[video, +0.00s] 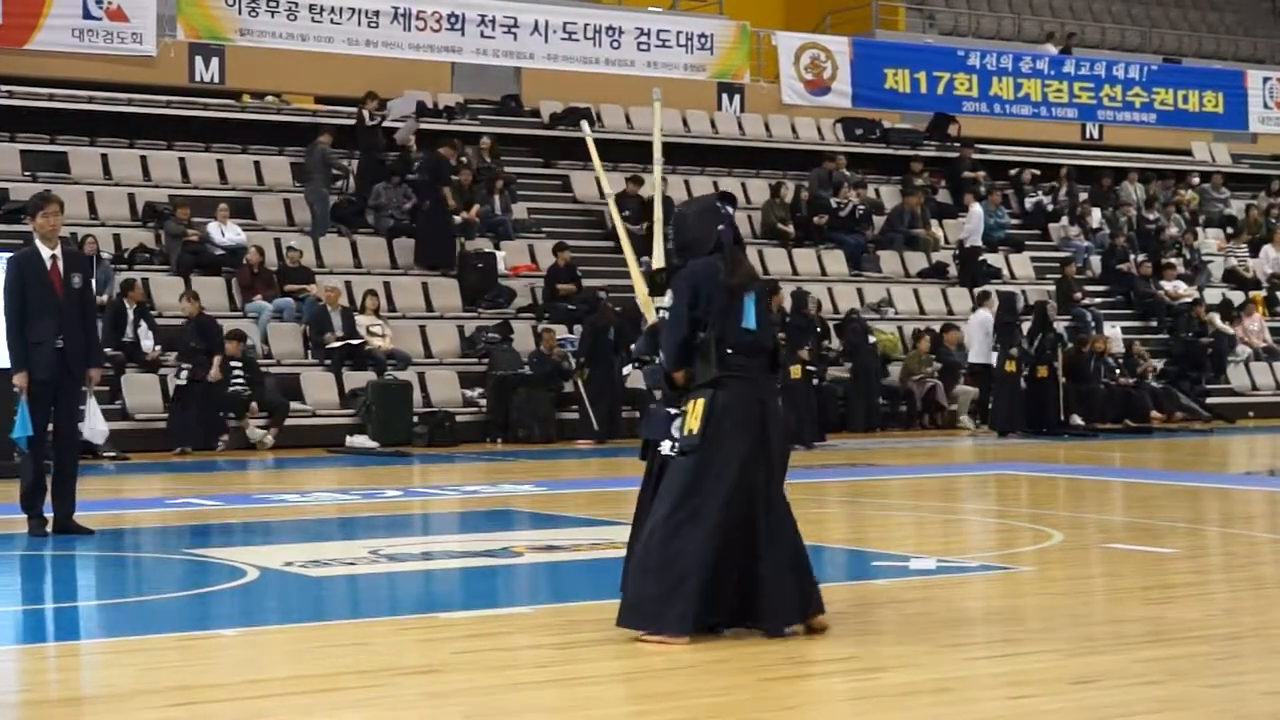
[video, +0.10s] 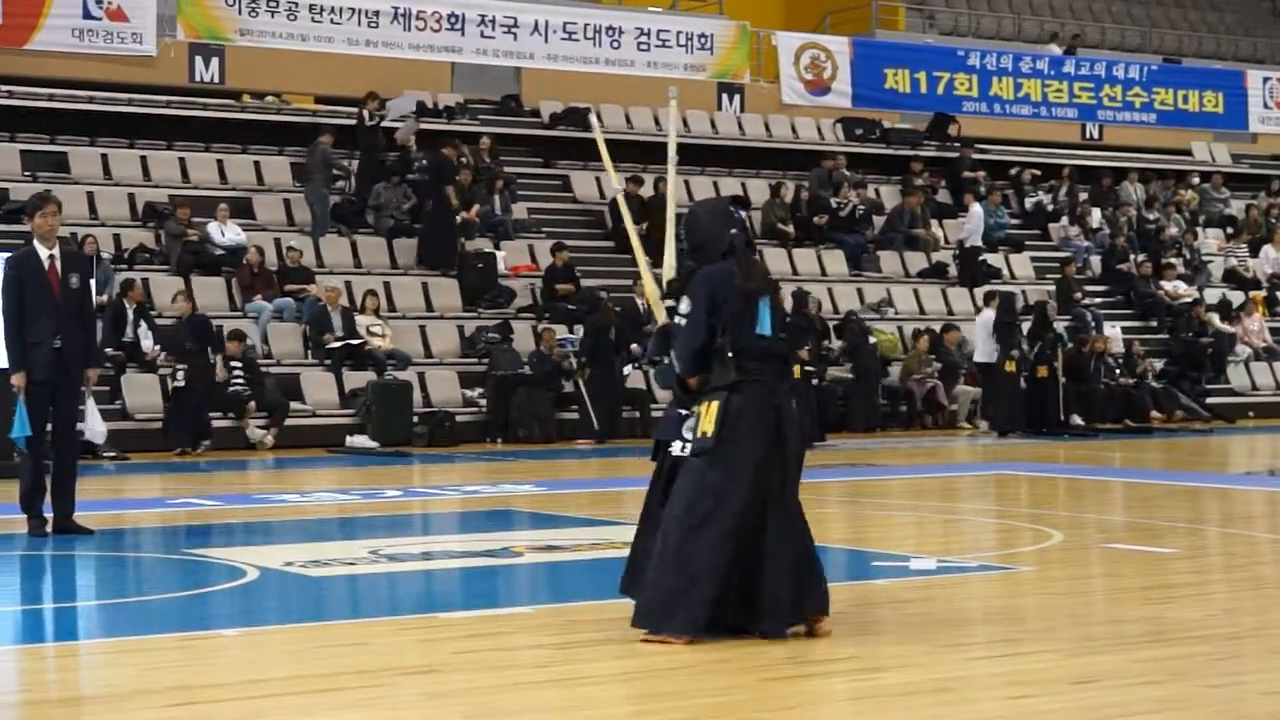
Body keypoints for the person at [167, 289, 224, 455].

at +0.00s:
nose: (182, 309)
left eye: (184, 305)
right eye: (181, 306)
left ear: (194, 303)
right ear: (187, 304)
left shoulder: (207, 321)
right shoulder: (189, 324)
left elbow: (218, 345)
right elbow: (186, 347)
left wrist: (215, 367)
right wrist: (177, 359)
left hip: (206, 369)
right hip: (189, 368)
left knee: (204, 401)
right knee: (181, 403)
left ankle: (221, 433)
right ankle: (184, 442)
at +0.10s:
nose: (177, 306)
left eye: (180, 302)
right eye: (175, 303)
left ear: (189, 303)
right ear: (175, 305)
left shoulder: (202, 321)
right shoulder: (179, 324)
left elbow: (215, 344)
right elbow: (175, 347)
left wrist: (219, 365)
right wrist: (166, 356)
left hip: (200, 365)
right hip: (183, 366)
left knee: (197, 401)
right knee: (181, 401)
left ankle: (205, 437)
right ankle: (184, 442)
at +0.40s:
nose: (166, 307)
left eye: (169, 304)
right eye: (163, 304)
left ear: (175, 306)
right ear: (159, 308)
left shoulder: (187, 324)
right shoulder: (158, 329)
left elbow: (202, 343)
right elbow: (150, 350)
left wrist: (214, 363)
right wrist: (144, 366)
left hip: (186, 371)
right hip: (166, 372)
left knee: (182, 408)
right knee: (166, 407)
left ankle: (179, 443)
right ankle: (167, 444)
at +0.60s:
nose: (159, 304)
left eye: (162, 300)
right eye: (156, 301)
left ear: (169, 303)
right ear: (152, 304)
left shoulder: (181, 322)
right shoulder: (150, 325)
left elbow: (195, 348)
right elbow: (144, 351)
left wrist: (201, 368)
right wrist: (138, 373)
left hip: (178, 370)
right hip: (156, 370)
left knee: (176, 407)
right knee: (155, 406)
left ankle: (171, 446)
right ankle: (162, 445)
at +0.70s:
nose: (155, 304)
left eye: (159, 300)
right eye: (152, 301)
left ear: (165, 303)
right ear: (147, 304)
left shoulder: (175, 321)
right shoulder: (142, 324)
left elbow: (186, 348)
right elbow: (139, 350)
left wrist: (187, 369)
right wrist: (137, 371)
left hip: (172, 369)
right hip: (150, 369)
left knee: (172, 407)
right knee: (150, 408)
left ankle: (171, 445)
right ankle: (156, 445)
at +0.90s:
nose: (143, 306)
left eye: (146, 302)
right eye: (140, 302)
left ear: (153, 304)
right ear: (136, 305)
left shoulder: (163, 323)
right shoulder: (134, 326)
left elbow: (170, 347)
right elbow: (130, 354)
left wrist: (162, 365)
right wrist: (128, 376)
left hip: (159, 373)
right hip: (139, 373)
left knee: (164, 411)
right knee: (138, 410)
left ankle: (167, 447)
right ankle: (137, 445)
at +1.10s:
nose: (125, 305)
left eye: (129, 301)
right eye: (123, 301)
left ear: (137, 304)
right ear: (118, 304)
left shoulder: (146, 323)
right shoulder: (116, 325)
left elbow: (156, 348)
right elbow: (111, 356)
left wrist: (155, 369)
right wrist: (106, 377)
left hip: (142, 372)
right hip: (121, 372)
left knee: (151, 410)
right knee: (122, 411)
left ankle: (160, 445)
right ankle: (124, 448)